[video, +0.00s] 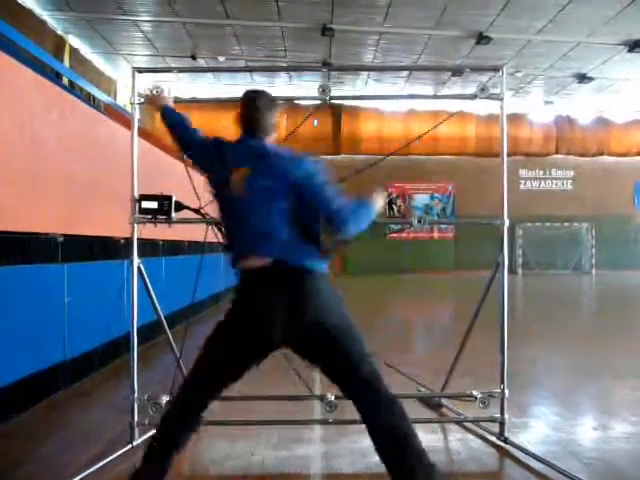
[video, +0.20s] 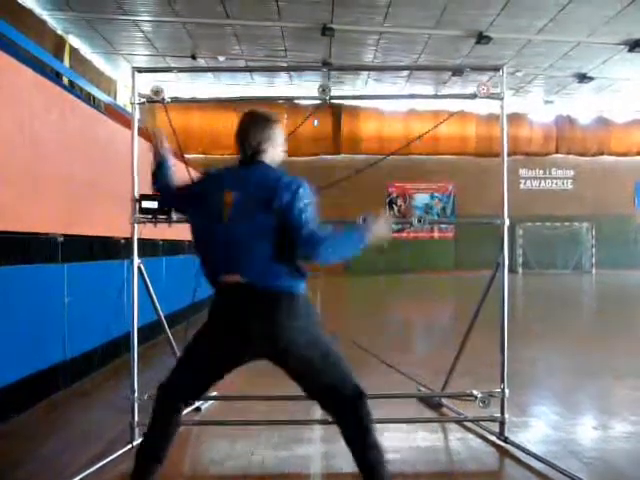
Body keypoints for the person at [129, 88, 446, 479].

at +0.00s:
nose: (276, 119)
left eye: (264, 114)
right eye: (276, 115)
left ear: (241, 121)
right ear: (276, 122)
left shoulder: (222, 159)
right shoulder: (296, 166)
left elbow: (190, 141)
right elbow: (343, 221)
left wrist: (165, 110)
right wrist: (374, 202)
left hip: (254, 296)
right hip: (306, 294)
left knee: (196, 392)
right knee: (368, 389)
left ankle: (150, 471)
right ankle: (417, 471)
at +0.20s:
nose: (284, 147)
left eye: (283, 139)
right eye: (281, 140)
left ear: (242, 145)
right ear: (272, 144)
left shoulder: (210, 187)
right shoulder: (289, 188)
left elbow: (169, 194)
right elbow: (312, 247)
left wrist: (162, 159)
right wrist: (365, 231)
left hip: (229, 314)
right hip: (282, 316)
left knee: (171, 395)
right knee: (347, 400)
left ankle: (141, 472)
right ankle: (377, 472)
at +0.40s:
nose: (337, 121)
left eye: (336, 114)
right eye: (336, 114)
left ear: (295, 114)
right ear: (329, 116)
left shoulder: (266, 150)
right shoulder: (344, 152)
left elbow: (228, 141)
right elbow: (398, 193)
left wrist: (266, 120)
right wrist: (400, 161)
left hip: (287, 287)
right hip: (336, 286)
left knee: (240, 374)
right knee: (370, 358)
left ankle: (233, 472)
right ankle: (358, 461)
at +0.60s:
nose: (399, 113)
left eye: (393, 106)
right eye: (402, 108)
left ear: (373, 115)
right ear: (407, 117)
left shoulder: (343, 145)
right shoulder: (424, 151)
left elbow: (285, 163)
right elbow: (463, 140)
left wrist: (245, 144)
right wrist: (481, 104)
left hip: (331, 282)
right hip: (383, 286)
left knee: (267, 371)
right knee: (440, 387)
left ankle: (199, 464)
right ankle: (489, 469)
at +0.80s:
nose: (390, 143)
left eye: (384, 137)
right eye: (401, 135)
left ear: (381, 141)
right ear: (414, 142)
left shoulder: (368, 176)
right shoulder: (441, 183)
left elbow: (344, 235)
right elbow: (478, 193)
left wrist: (293, 237)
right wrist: (477, 153)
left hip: (357, 303)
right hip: (407, 305)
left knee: (297, 391)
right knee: (478, 391)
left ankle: (275, 471)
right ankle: (495, 473)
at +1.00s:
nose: (333, 118)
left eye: (331, 112)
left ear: (331, 116)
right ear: (365, 115)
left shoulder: (314, 154)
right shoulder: (386, 148)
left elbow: (249, 167)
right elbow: (416, 115)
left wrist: (256, 126)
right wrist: (371, 96)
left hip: (314, 278)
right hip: (363, 279)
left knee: (263, 356)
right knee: (413, 368)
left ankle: (254, 464)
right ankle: (431, 464)